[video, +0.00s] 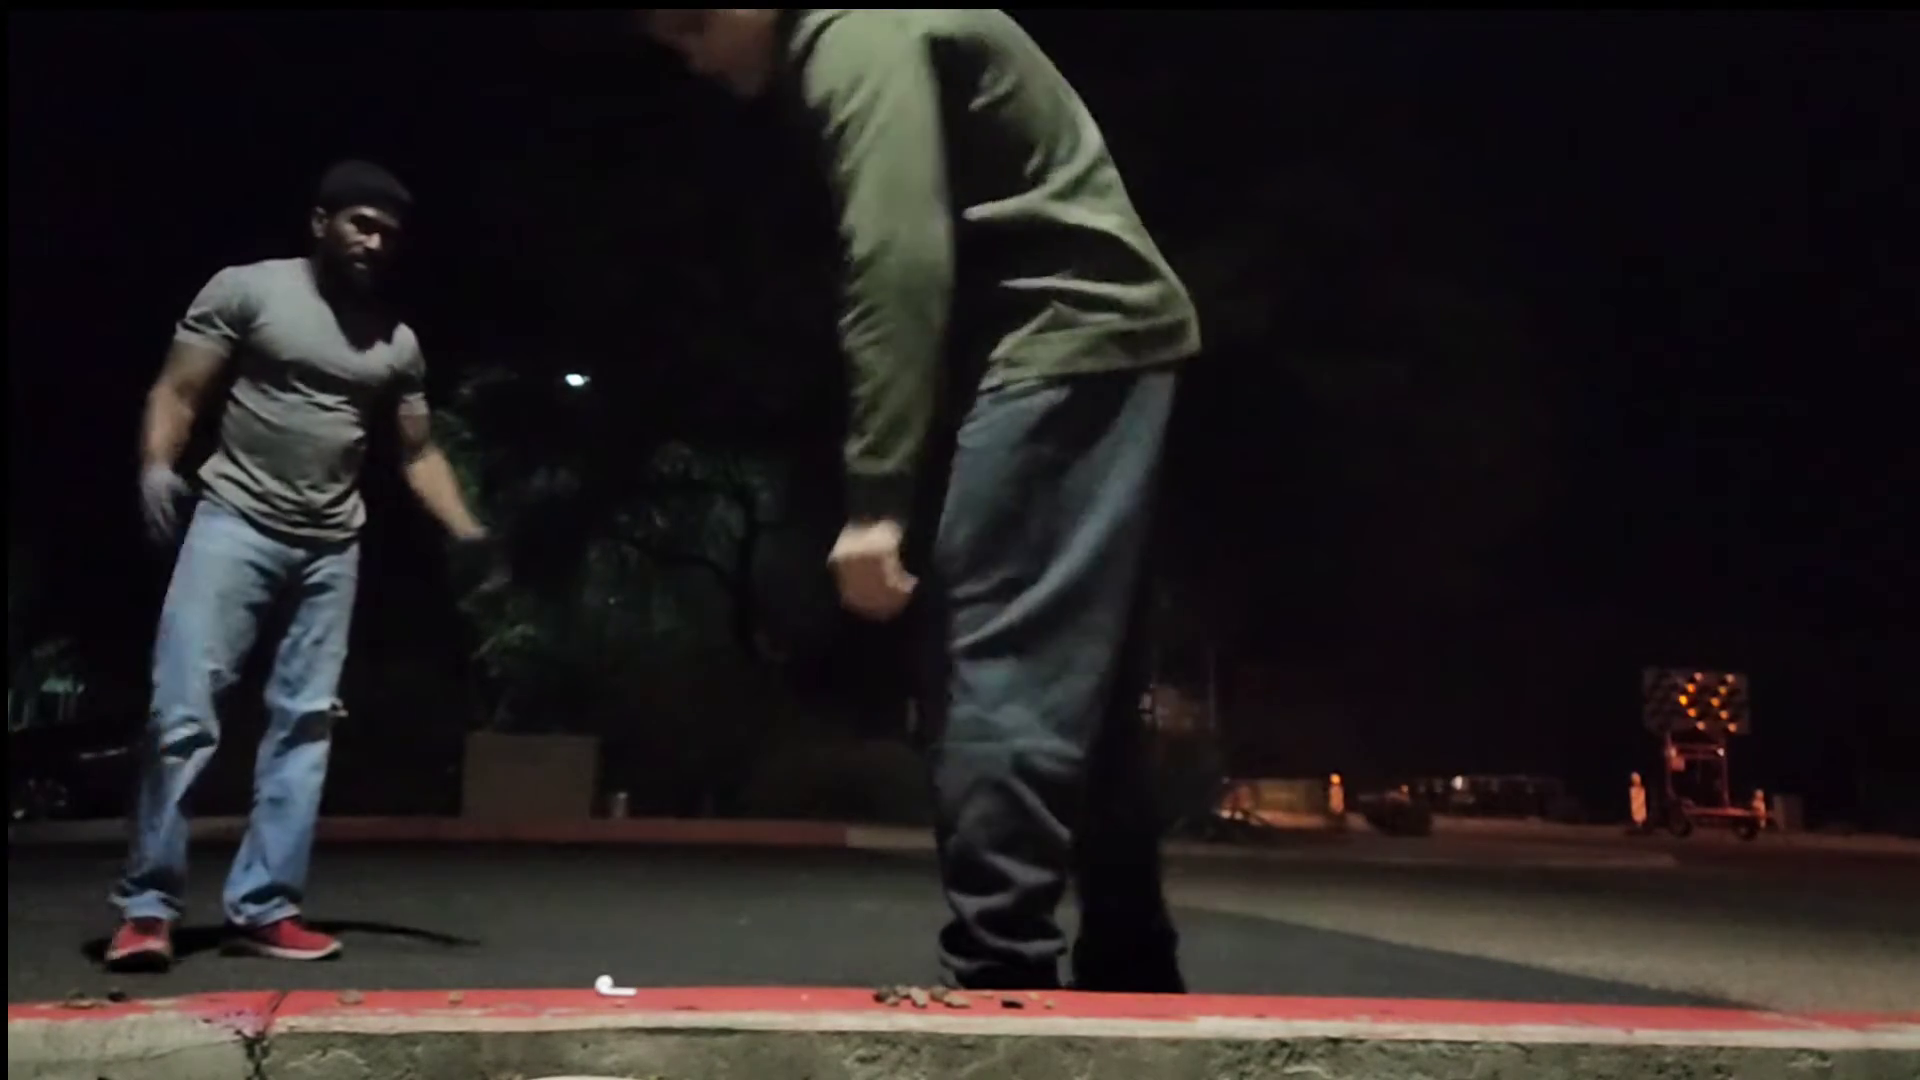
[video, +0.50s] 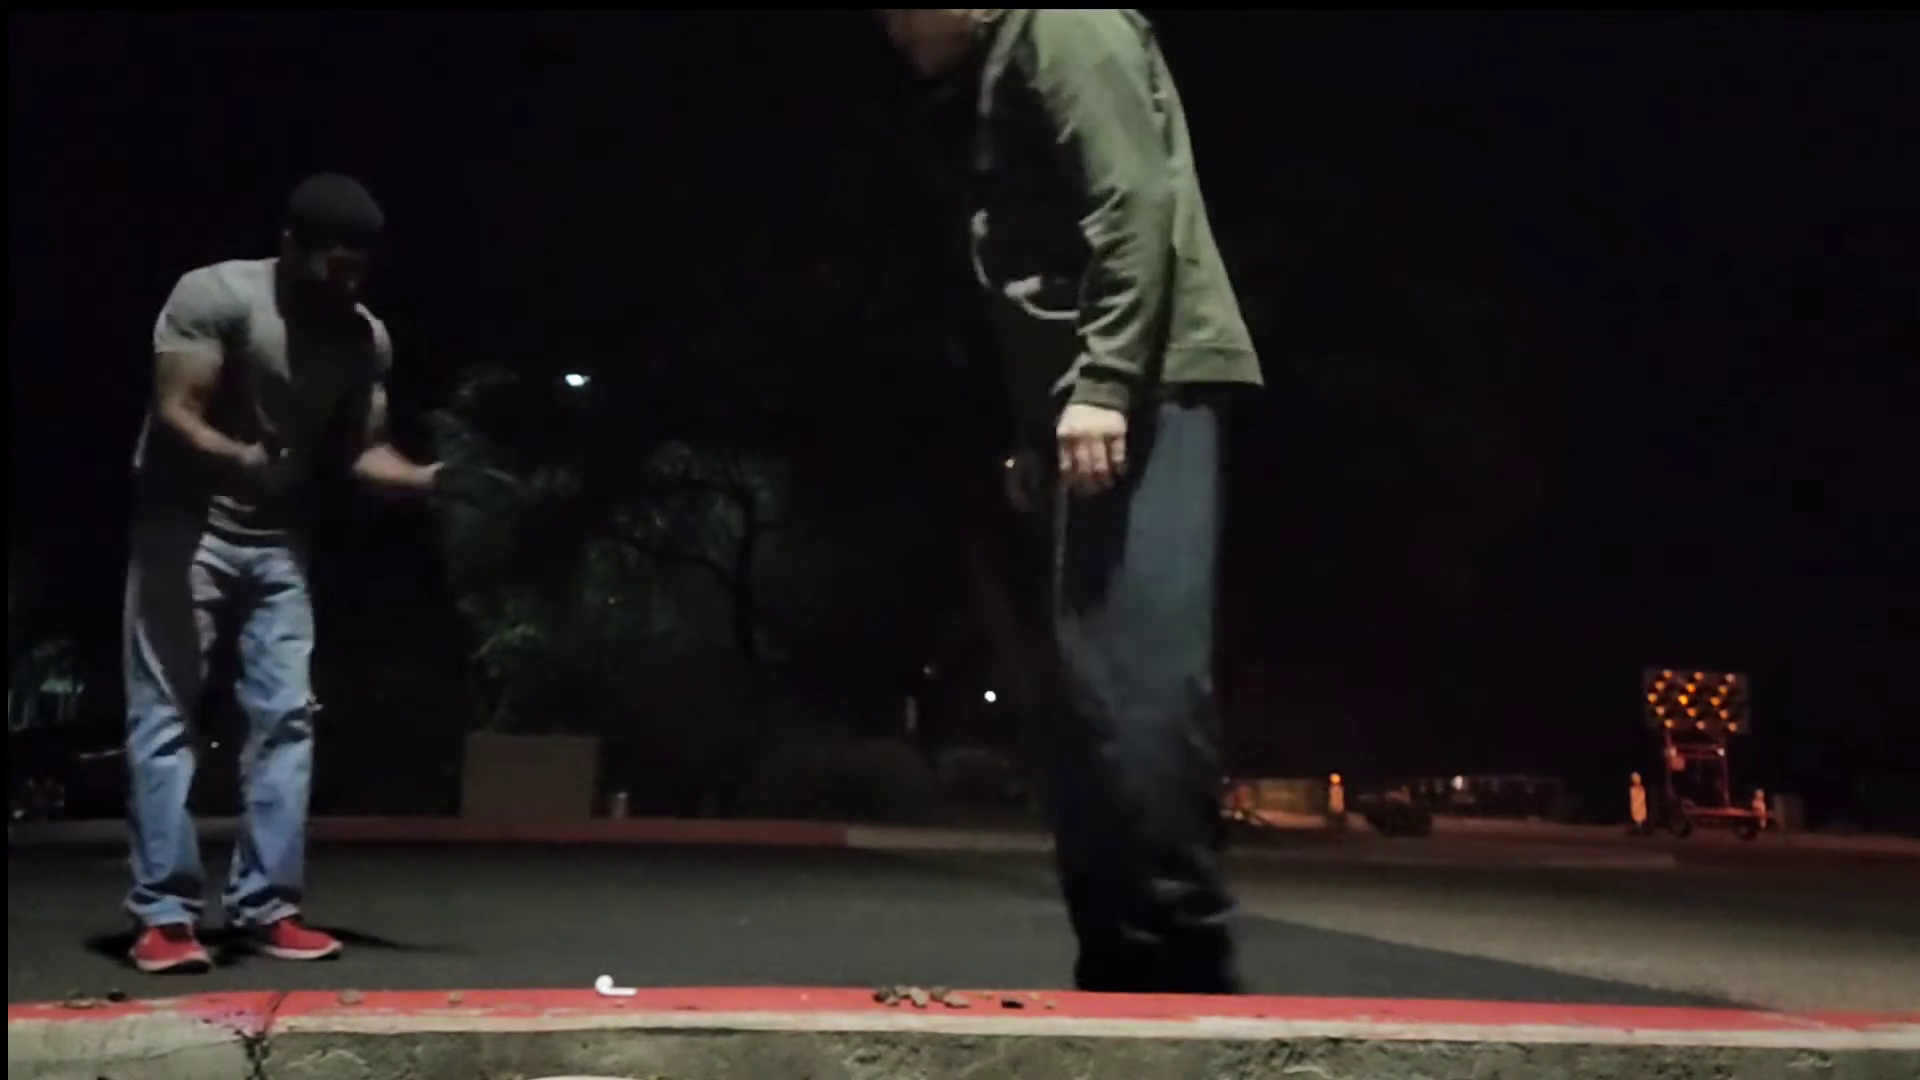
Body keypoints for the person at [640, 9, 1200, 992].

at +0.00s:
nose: (695, 66)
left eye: (687, 38)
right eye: (680, 49)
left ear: (738, 5)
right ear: (737, 15)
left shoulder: (861, 36)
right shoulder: (858, 38)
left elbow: (901, 257)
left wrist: (875, 501)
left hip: (1069, 339)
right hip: (1105, 335)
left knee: (998, 648)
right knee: (1071, 664)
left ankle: (1000, 967)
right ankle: (1130, 974)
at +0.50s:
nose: (898, 33)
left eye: (905, 15)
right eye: (895, 22)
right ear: (943, 21)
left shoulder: (1070, 30)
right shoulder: (1003, 79)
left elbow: (1135, 208)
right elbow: (1039, 272)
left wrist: (1103, 386)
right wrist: (1032, 427)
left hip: (1155, 389)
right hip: (1088, 405)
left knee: (1133, 674)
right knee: (1090, 681)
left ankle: (1179, 966)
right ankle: (1119, 968)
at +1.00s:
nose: (1021, 22)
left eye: (1030, 9)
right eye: (1019, 16)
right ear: (1057, 24)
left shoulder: (1199, 34)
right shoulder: (1105, 96)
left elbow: (1356, 112)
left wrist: (1300, 211)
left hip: (1226, 438)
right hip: (1117, 452)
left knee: (1265, 710)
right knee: (1108, 712)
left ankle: (1341, 965)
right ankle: (1129, 971)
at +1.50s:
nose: (1080, 43)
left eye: (1089, 22)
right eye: (1075, 29)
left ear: (1144, 10)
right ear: (1119, 28)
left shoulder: (1272, 91)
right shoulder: (1145, 137)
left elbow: (1302, 281)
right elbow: (1169, 338)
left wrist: (1179, 407)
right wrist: (1085, 446)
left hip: (1285, 472)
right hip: (1166, 478)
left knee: (1316, 724)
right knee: (1122, 696)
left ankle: (1346, 963)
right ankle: (1112, 947)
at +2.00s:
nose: (833, 206)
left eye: (833, 176)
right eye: (821, 189)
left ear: (883, 133)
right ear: (874, 148)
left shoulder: (1036, 175)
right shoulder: (929, 258)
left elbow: (1099, 363)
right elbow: (994, 432)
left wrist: (1082, 546)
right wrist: (992, 579)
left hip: (1198, 472)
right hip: (1091, 498)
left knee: (1267, 715)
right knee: (1073, 735)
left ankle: (1335, 959)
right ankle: (1047, 960)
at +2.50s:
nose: (751, 413)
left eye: (744, 389)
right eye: (733, 403)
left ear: (774, 328)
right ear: (775, 329)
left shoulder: (901, 315)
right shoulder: (834, 380)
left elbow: (906, 517)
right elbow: (831, 565)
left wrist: (855, 723)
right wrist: (811, 729)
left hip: (1143, 452)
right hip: (1034, 506)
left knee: (1220, 698)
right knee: (1034, 724)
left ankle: (1326, 958)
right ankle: (1041, 963)